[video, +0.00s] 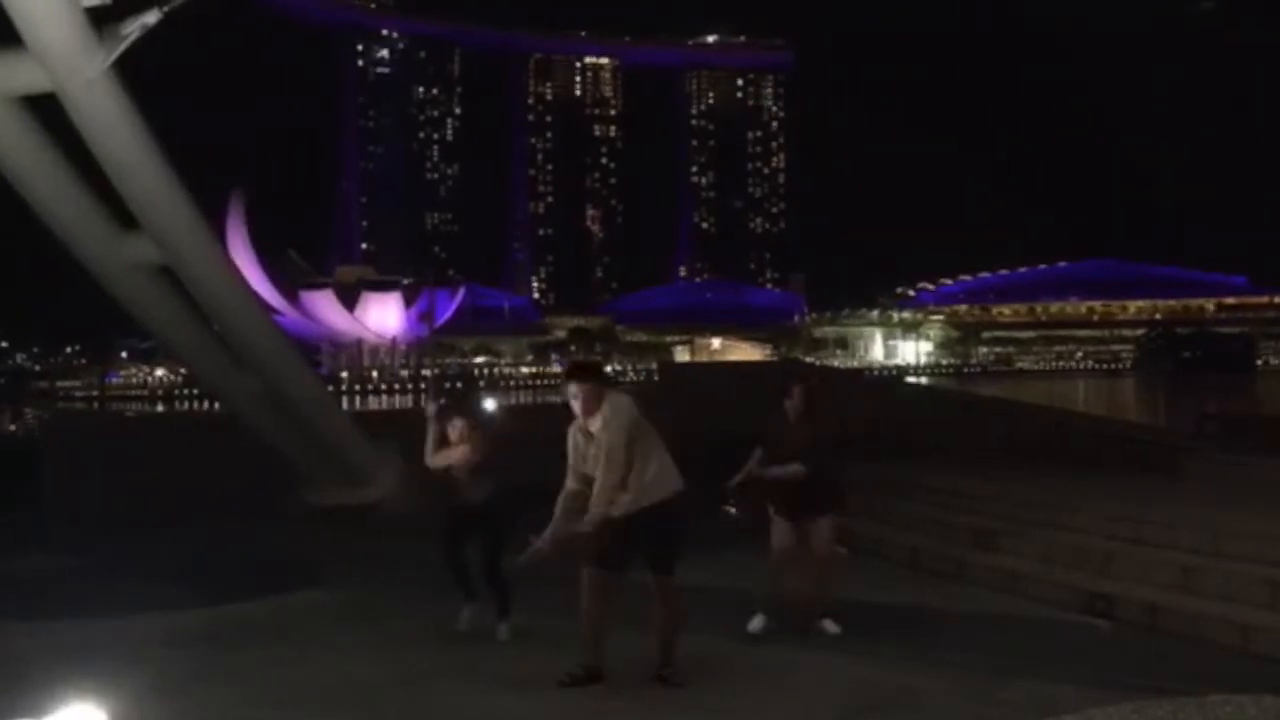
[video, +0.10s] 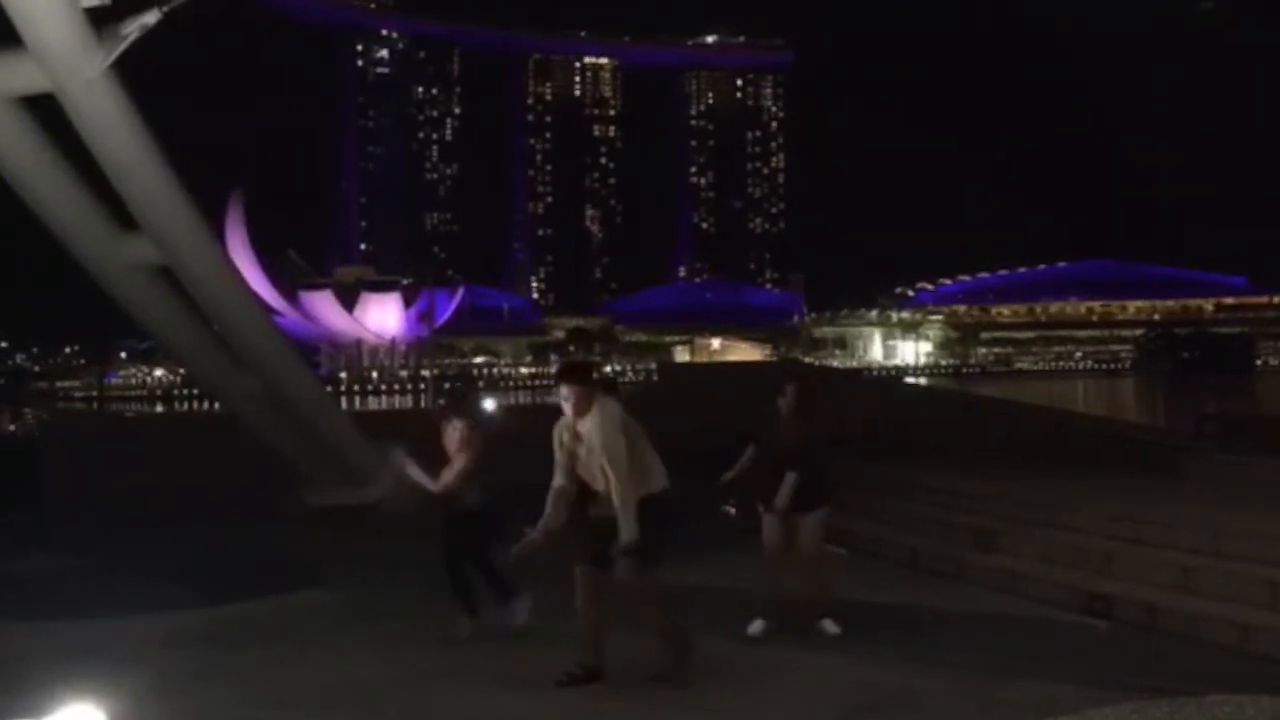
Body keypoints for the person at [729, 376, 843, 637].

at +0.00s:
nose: (797, 405)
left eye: (802, 399)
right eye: (794, 398)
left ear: (810, 401)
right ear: (786, 399)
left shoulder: (817, 429)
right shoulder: (777, 426)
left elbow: (805, 470)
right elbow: (759, 456)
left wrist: (761, 474)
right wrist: (738, 480)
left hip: (817, 501)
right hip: (782, 501)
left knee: (822, 557)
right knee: (779, 555)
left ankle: (822, 612)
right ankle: (767, 610)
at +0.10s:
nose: (784, 402)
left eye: (790, 397)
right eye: (783, 396)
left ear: (803, 400)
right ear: (780, 398)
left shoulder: (810, 430)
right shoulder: (773, 428)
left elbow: (797, 472)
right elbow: (753, 452)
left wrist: (778, 503)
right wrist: (733, 473)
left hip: (810, 498)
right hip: (774, 497)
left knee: (811, 556)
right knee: (771, 555)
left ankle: (820, 613)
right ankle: (767, 613)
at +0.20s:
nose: (774, 404)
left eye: (781, 398)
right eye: (775, 397)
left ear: (796, 402)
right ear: (774, 400)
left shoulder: (803, 433)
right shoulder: (764, 429)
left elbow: (816, 479)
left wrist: (827, 519)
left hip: (791, 493)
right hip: (760, 491)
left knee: (785, 547)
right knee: (760, 552)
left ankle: (834, 569)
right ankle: (767, 611)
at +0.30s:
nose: (765, 409)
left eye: (772, 404)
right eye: (766, 403)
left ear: (786, 408)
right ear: (767, 406)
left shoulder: (798, 436)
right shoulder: (756, 433)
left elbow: (829, 465)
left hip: (789, 501)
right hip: (757, 499)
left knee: (757, 538)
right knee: (749, 549)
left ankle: (818, 550)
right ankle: (764, 612)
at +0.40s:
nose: (761, 410)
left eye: (766, 404)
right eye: (758, 403)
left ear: (779, 407)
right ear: (752, 406)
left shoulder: (790, 434)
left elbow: (824, 455)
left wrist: (857, 475)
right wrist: (695, 432)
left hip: (784, 501)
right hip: (749, 502)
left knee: (756, 539)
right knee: (752, 559)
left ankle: (807, 582)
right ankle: (766, 613)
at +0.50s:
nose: (756, 404)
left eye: (761, 398)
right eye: (752, 398)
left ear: (772, 400)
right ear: (746, 400)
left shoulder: (786, 425)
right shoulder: (738, 427)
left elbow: (819, 448)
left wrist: (846, 471)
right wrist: (696, 484)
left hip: (781, 495)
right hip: (748, 494)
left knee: (770, 550)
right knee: (749, 553)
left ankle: (785, 616)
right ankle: (761, 614)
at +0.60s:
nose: (750, 401)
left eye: (756, 395)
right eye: (747, 394)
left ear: (767, 398)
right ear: (742, 398)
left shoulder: (784, 427)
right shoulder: (736, 431)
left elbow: (815, 449)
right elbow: (716, 473)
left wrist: (835, 472)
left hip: (783, 496)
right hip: (749, 499)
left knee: (767, 542)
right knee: (747, 550)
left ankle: (787, 606)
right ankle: (761, 611)